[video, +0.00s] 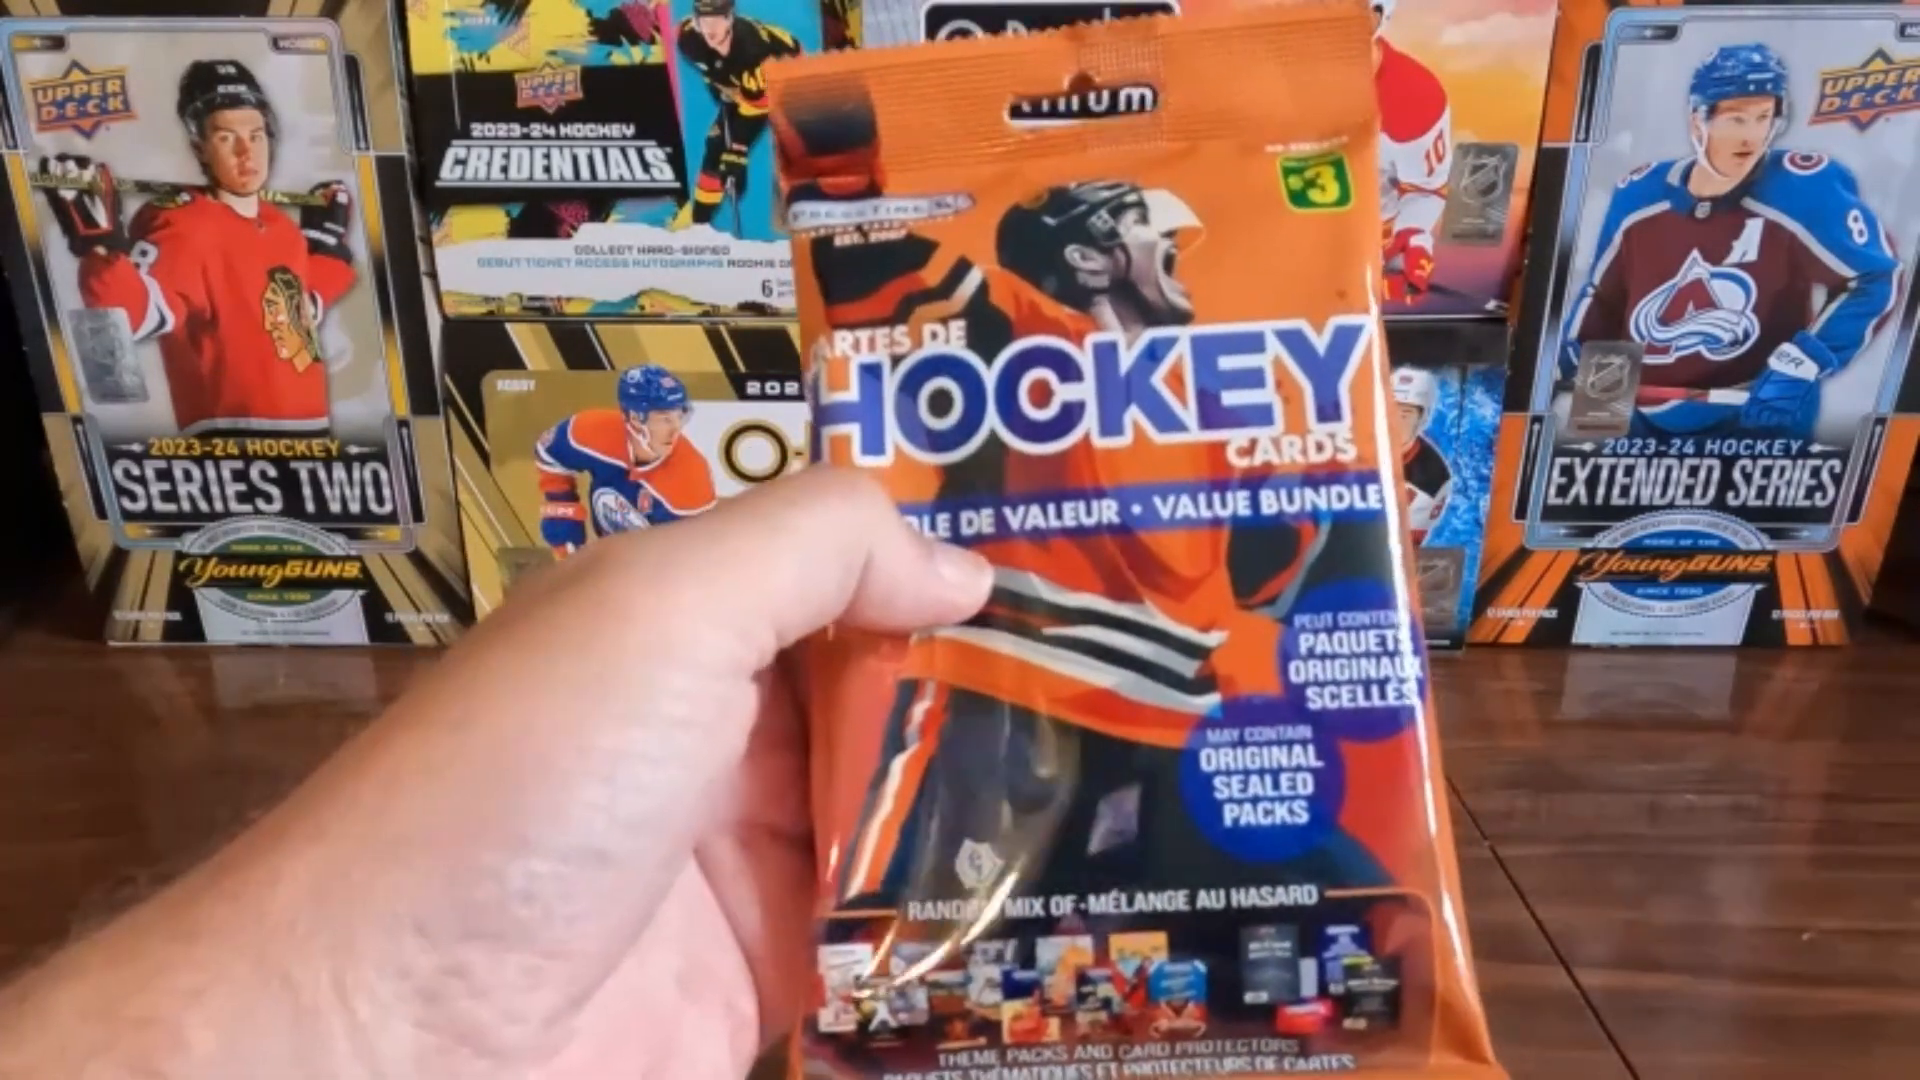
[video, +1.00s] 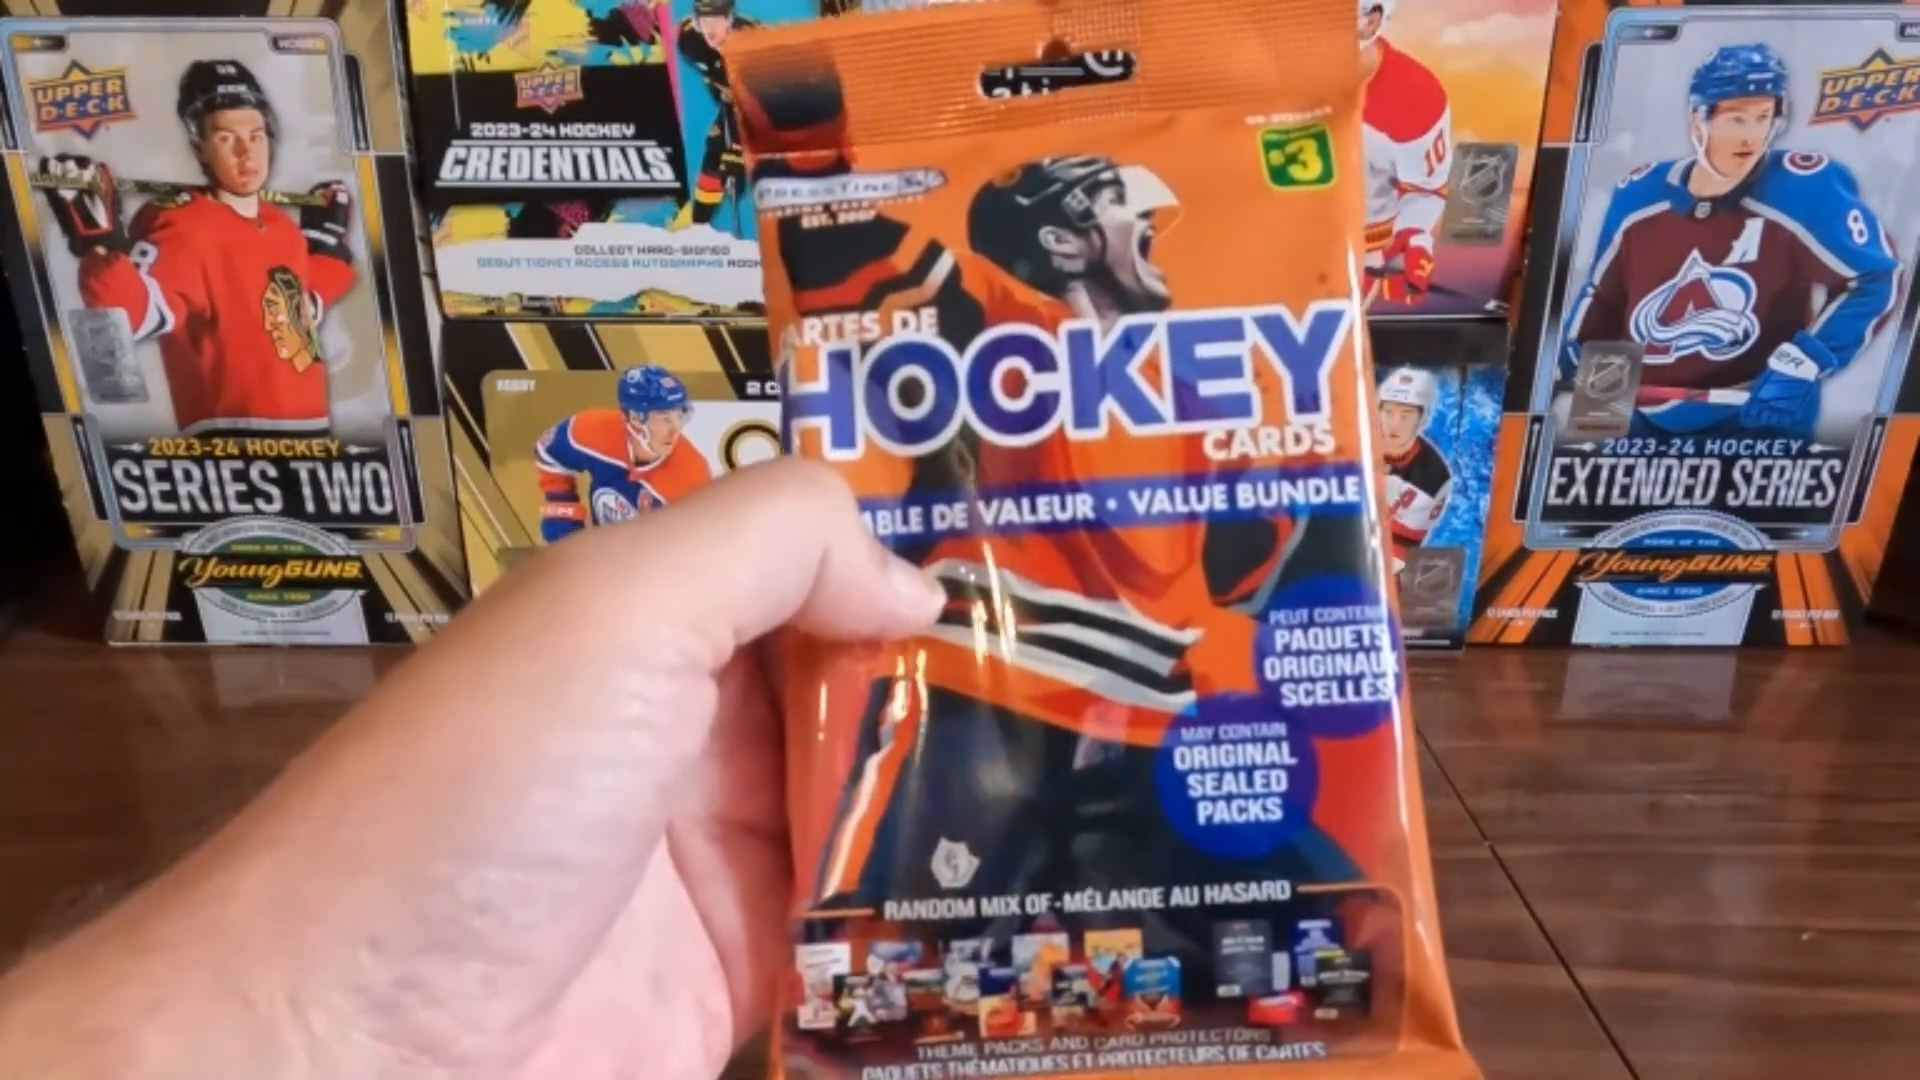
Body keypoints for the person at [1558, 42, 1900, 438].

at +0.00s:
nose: (1750, 135)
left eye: (1762, 118)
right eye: (1734, 119)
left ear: (1775, 123)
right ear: (1698, 124)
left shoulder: (1804, 193)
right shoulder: (1637, 197)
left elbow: (1878, 279)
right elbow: (1600, 297)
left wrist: (1801, 365)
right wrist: (1572, 366)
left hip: (1744, 427)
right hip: (1636, 422)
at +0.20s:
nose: (1750, 135)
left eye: (1762, 118)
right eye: (1734, 119)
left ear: (1775, 122)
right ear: (1698, 124)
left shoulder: (1804, 193)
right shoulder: (1638, 197)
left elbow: (1878, 279)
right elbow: (1600, 297)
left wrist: (1802, 364)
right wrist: (1575, 364)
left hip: (1743, 427)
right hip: (1636, 420)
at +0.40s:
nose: (1750, 135)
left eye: (1762, 118)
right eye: (1735, 119)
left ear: (1775, 123)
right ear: (1698, 124)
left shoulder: (1804, 193)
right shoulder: (1638, 198)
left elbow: (1878, 279)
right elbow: (1600, 297)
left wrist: (1802, 364)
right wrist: (1576, 359)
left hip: (1744, 427)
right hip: (1637, 421)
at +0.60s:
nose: (1750, 135)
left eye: (1762, 118)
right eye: (1735, 119)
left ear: (1775, 123)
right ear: (1698, 124)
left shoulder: (1804, 193)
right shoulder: (1638, 198)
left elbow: (1878, 279)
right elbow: (1600, 297)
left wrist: (1803, 363)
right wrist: (1576, 360)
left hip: (1743, 427)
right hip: (1637, 421)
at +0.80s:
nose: (1750, 135)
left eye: (1762, 118)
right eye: (1735, 119)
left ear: (1775, 122)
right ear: (1698, 124)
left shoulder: (1804, 192)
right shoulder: (1637, 197)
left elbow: (1878, 279)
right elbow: (1600, 297)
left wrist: (1802, 364)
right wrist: (1576, 360)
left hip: (1745, 427)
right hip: (1638, 422)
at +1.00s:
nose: (1750, 135)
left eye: (1762, 118)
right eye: (1734, 119)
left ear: (1775, 122)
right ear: (1698, 124)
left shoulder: (1804, 192)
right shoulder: (1637, 197)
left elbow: (1879, 278)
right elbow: (1600, 297)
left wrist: (1802, 364)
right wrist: (1576, 361)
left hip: (1744, 427)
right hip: (1637, 421)